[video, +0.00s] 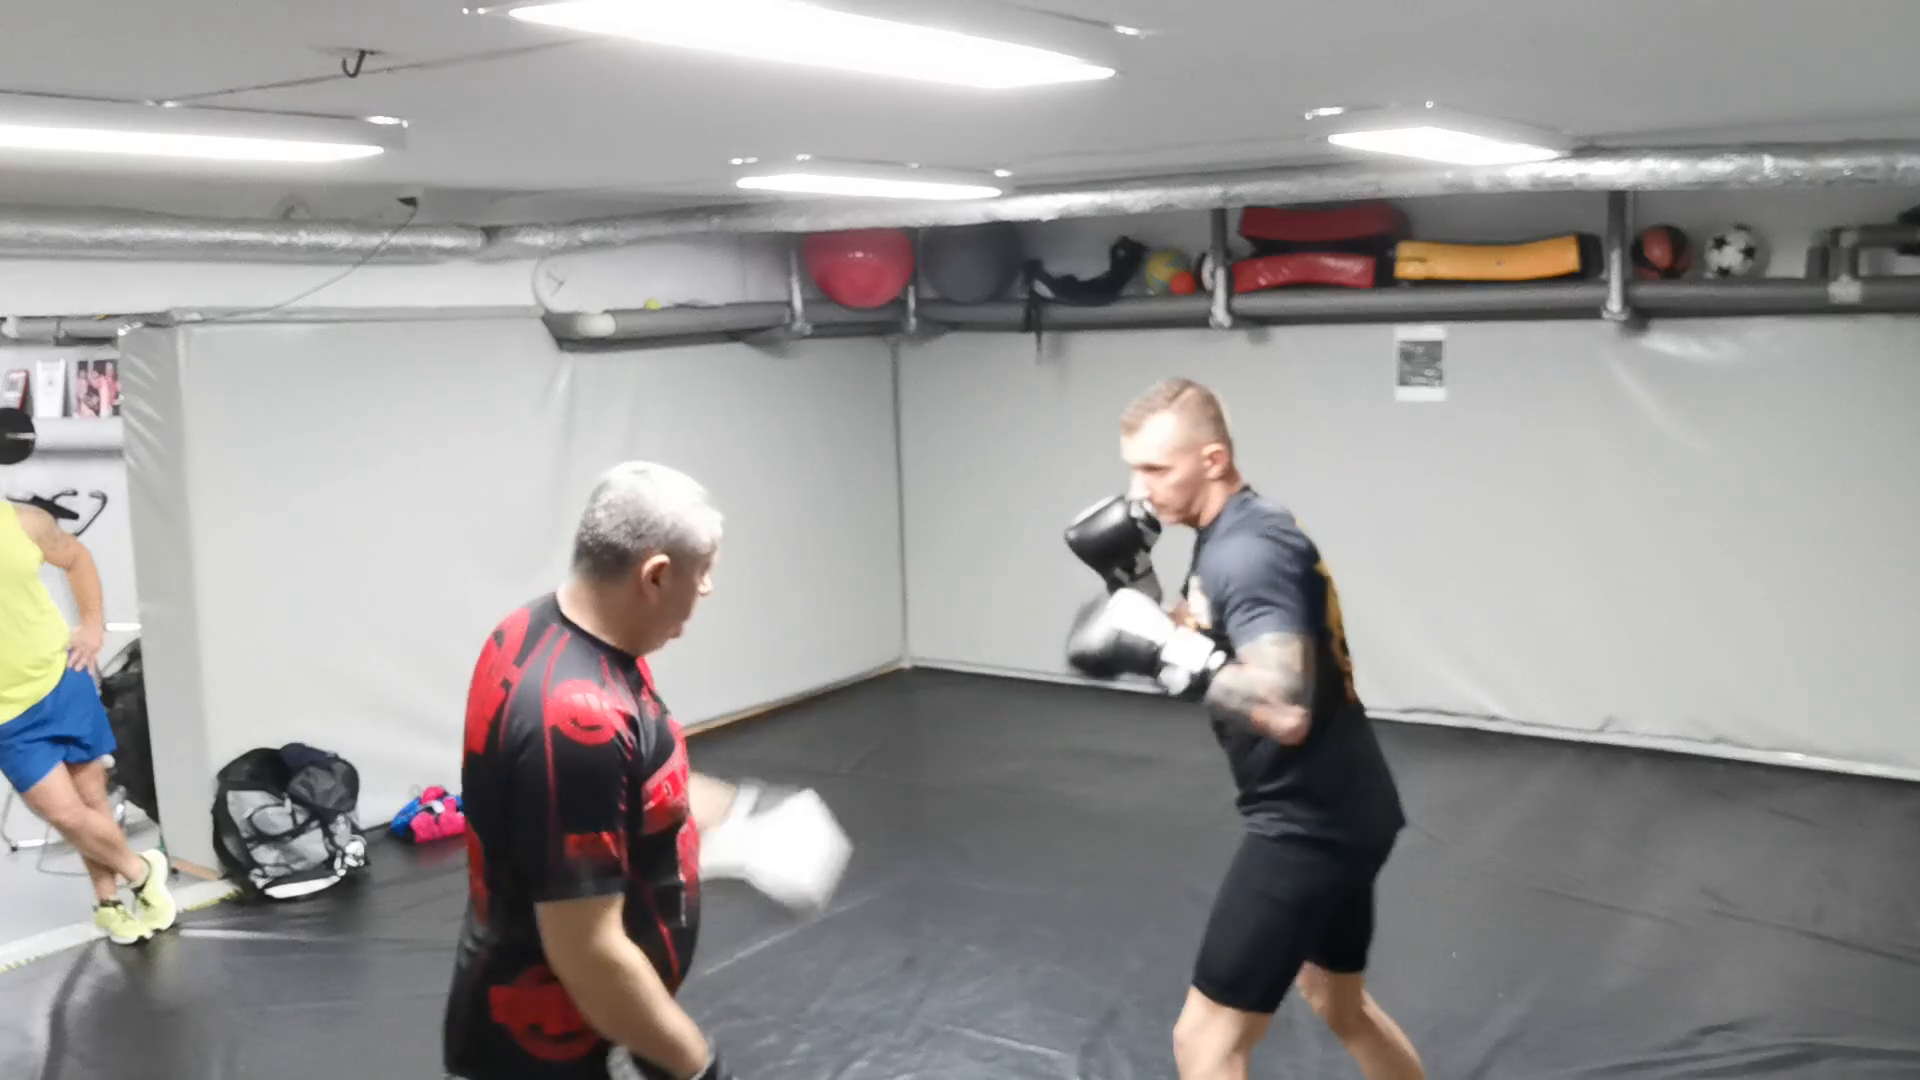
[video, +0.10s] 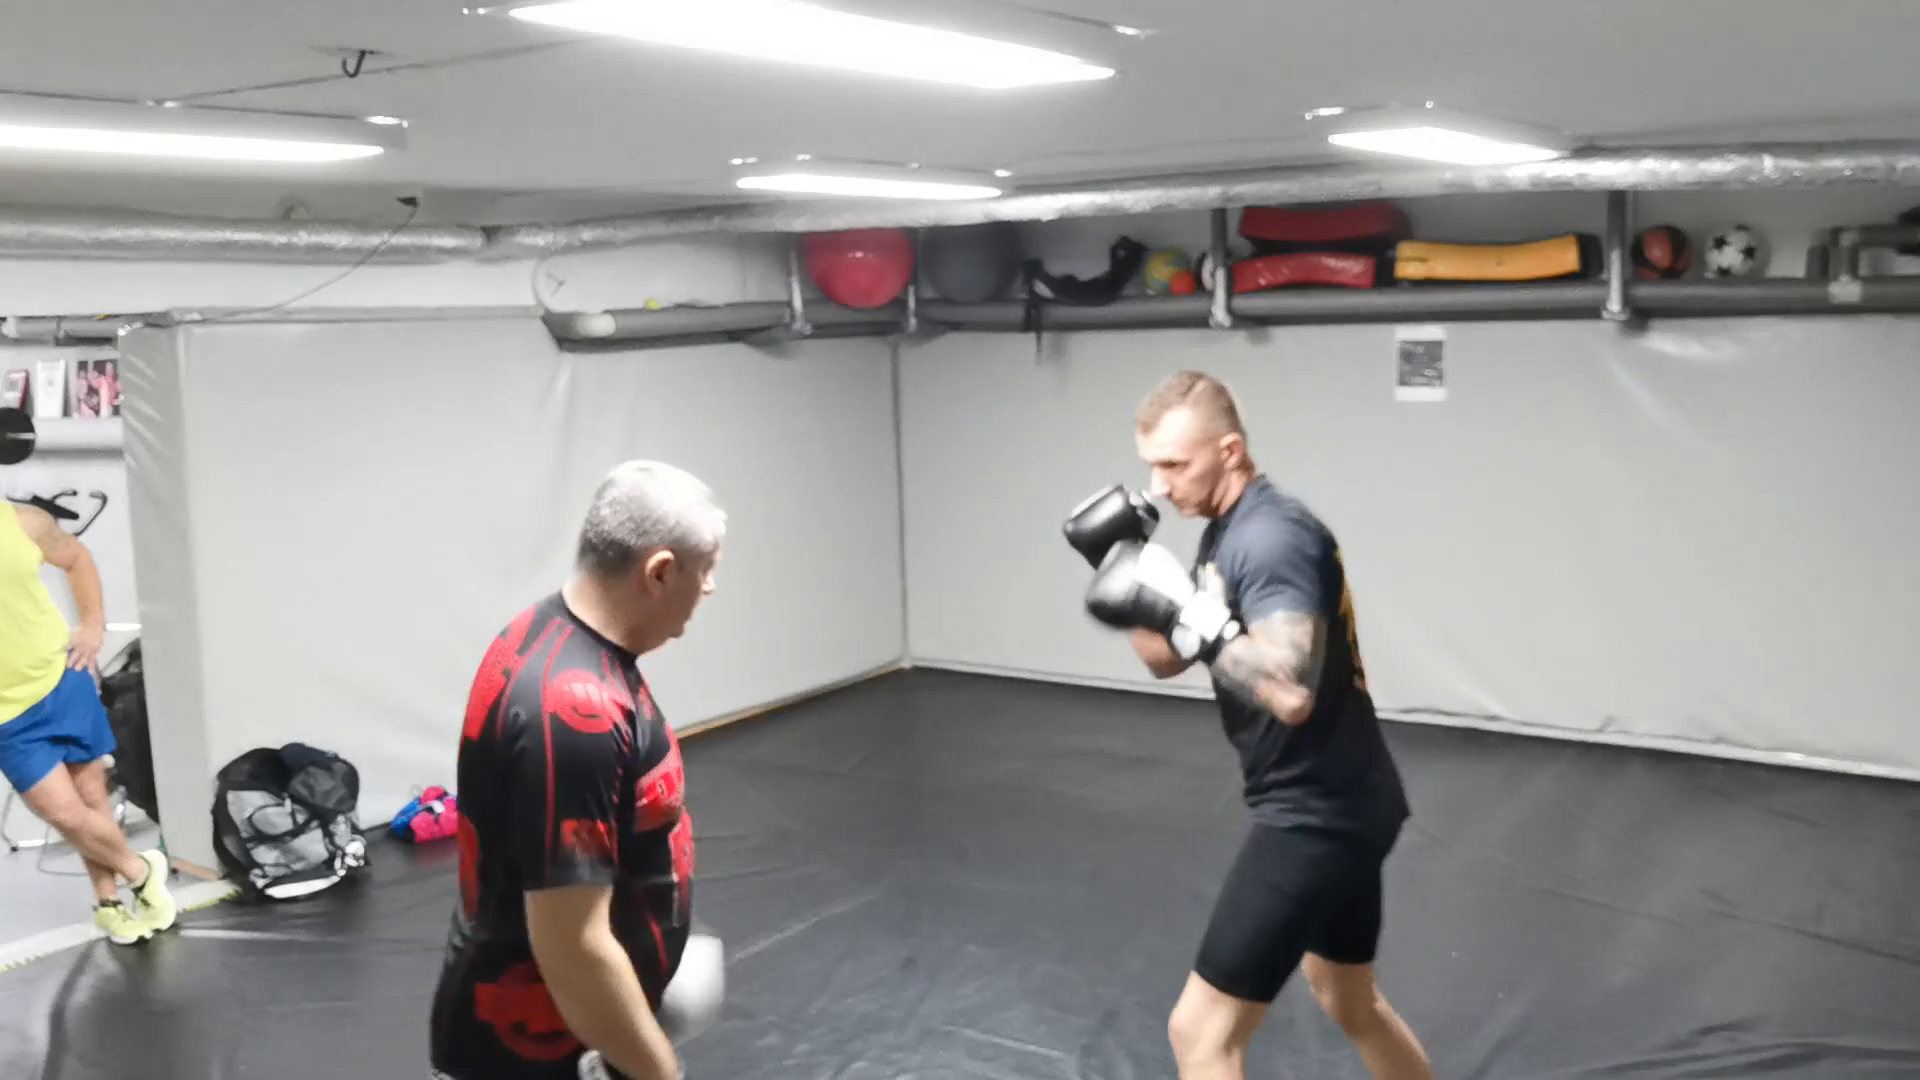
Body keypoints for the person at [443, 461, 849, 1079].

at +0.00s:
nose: (706, 590)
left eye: (708, 573)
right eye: (702, 573)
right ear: (654, 576)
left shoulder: (550, 631)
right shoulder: (572, 720)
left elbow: (639, 782)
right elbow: (586, 948)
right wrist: (697, 1062)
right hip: (553, 1053)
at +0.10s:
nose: (709, 588)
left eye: (712, 571)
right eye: (705, 570)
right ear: (658, 572)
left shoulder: (551, 631)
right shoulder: (571, 709)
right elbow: (571, 944)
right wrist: (659, 1068)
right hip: (541, 1049)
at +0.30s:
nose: (715, 598)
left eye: (718, 580)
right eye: (712, 579)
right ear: (665, 577)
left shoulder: (589, 649)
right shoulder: (557, 696)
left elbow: (610, 835)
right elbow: (545, 929)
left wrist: (666, 943)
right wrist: (628, 1070)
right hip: (511, 1047)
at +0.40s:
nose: (691, 590)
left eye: (693, 572)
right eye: (688, 571)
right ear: (639, 570)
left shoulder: (567, 646)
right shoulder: (541, 700)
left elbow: (638, 763)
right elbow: (543, 922)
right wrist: (635, 1065)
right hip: (518, 1047)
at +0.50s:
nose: (654, 586)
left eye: (657, 568)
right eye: (650, 567)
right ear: (602, 567)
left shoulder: (499, 632)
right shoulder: (528, 706)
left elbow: (633, 697)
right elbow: (552, 929)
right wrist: (650, 1061)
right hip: (531, 1046)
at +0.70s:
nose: (612, 598)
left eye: (620, 580)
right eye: (611, 579)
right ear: (563, 582)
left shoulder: (425, 645)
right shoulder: (518, 724)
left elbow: (556, 678)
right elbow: (570, 954)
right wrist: (661, 1063)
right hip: (532, 1045)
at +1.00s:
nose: (570, 589)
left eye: (569, 572)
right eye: (562, 574)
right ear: (508, 581)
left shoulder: (391, 635)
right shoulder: (488, 733)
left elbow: (576, 648)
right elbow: (542, 956)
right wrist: (643, 1062)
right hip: (512, 1048)